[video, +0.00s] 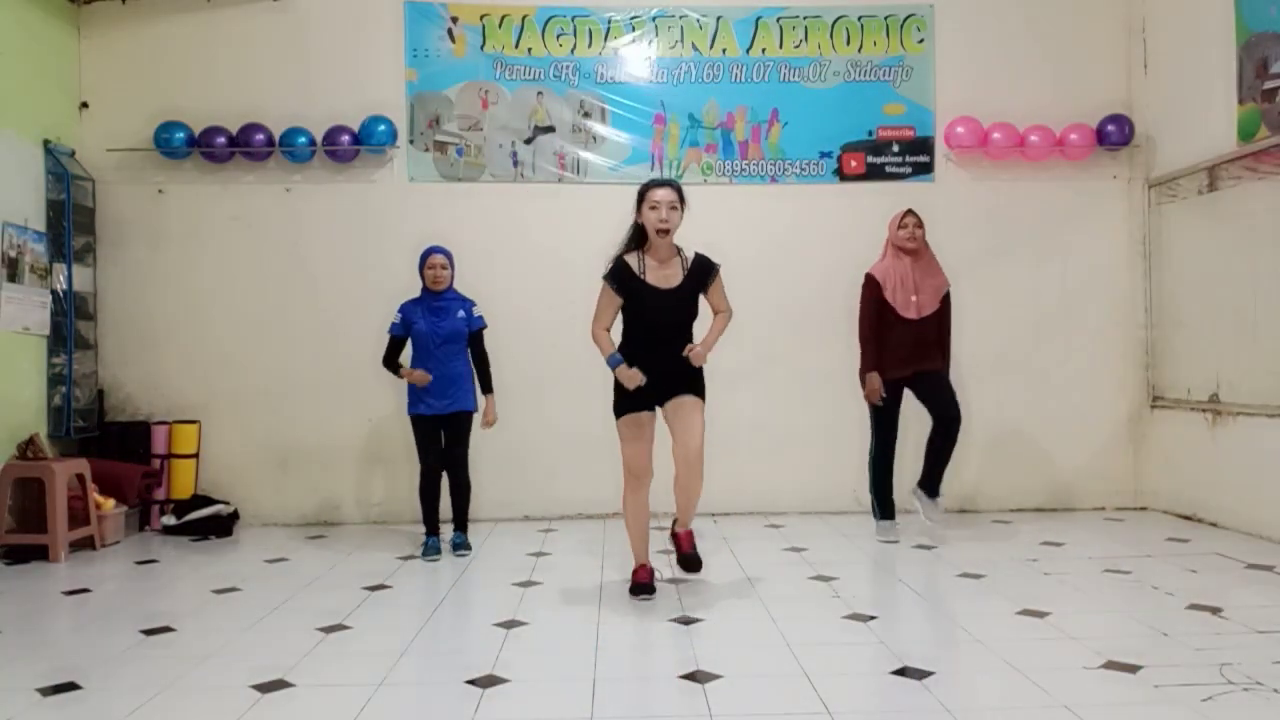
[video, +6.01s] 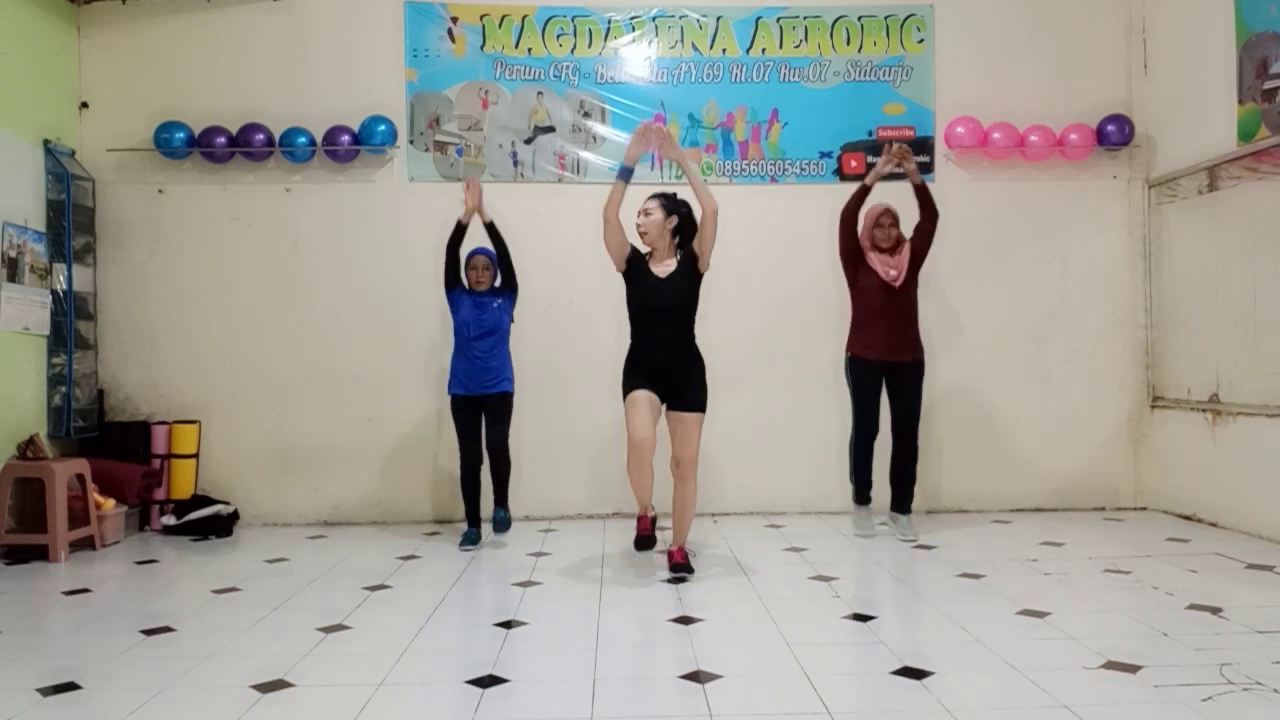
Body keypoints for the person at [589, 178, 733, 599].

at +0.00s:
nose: (664, 215)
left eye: (672, 208)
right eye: (654, 207)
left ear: (681, 215)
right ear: (640, 214)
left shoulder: (699, 267)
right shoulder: (625, 269)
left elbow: (723, 311)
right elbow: (599, 328)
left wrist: (705, 346)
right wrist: (619, 367)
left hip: (681, 371)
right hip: (635, 373)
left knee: (692, 457)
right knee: (638, 473)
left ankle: (683, 529)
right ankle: (641, 564)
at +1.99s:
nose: (655, 219)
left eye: (662, 213)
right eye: (647, 214)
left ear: (674, 225)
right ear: (637, 227)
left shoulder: (692, 273)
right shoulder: (627, 268)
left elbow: (697, 328)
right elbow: (622, 273)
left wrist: (675, 331)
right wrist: (641, 245)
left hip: (679, 371)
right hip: (636, 372)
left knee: (688, 464)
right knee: (642, 464)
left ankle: (675, 542)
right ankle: (644, 546)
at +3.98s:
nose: (657, 201)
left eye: (665, 195)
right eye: (649, 195)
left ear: (676, 206)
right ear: (639, 206)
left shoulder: (695, 252)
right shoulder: (623, 254)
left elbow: (703, 284)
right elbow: (612, 290)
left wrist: (694, 312)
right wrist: (619, 318)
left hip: (686, 351)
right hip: (641, 351)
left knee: (685, 447)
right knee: (643, 449)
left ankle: (682, 539)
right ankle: (643, 538)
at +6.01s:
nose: (640, 219)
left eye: (648, 213)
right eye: (640, 213)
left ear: (672, 221)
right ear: (643, 222)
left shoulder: (693, 263)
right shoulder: (631, 263)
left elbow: (710, 210)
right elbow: (610, 216)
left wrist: (681, 158)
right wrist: (629, 161)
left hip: (685, 368)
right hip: (642, 367)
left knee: (684, 463)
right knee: (640, 440)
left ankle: (678, 546)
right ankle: (644, 513)